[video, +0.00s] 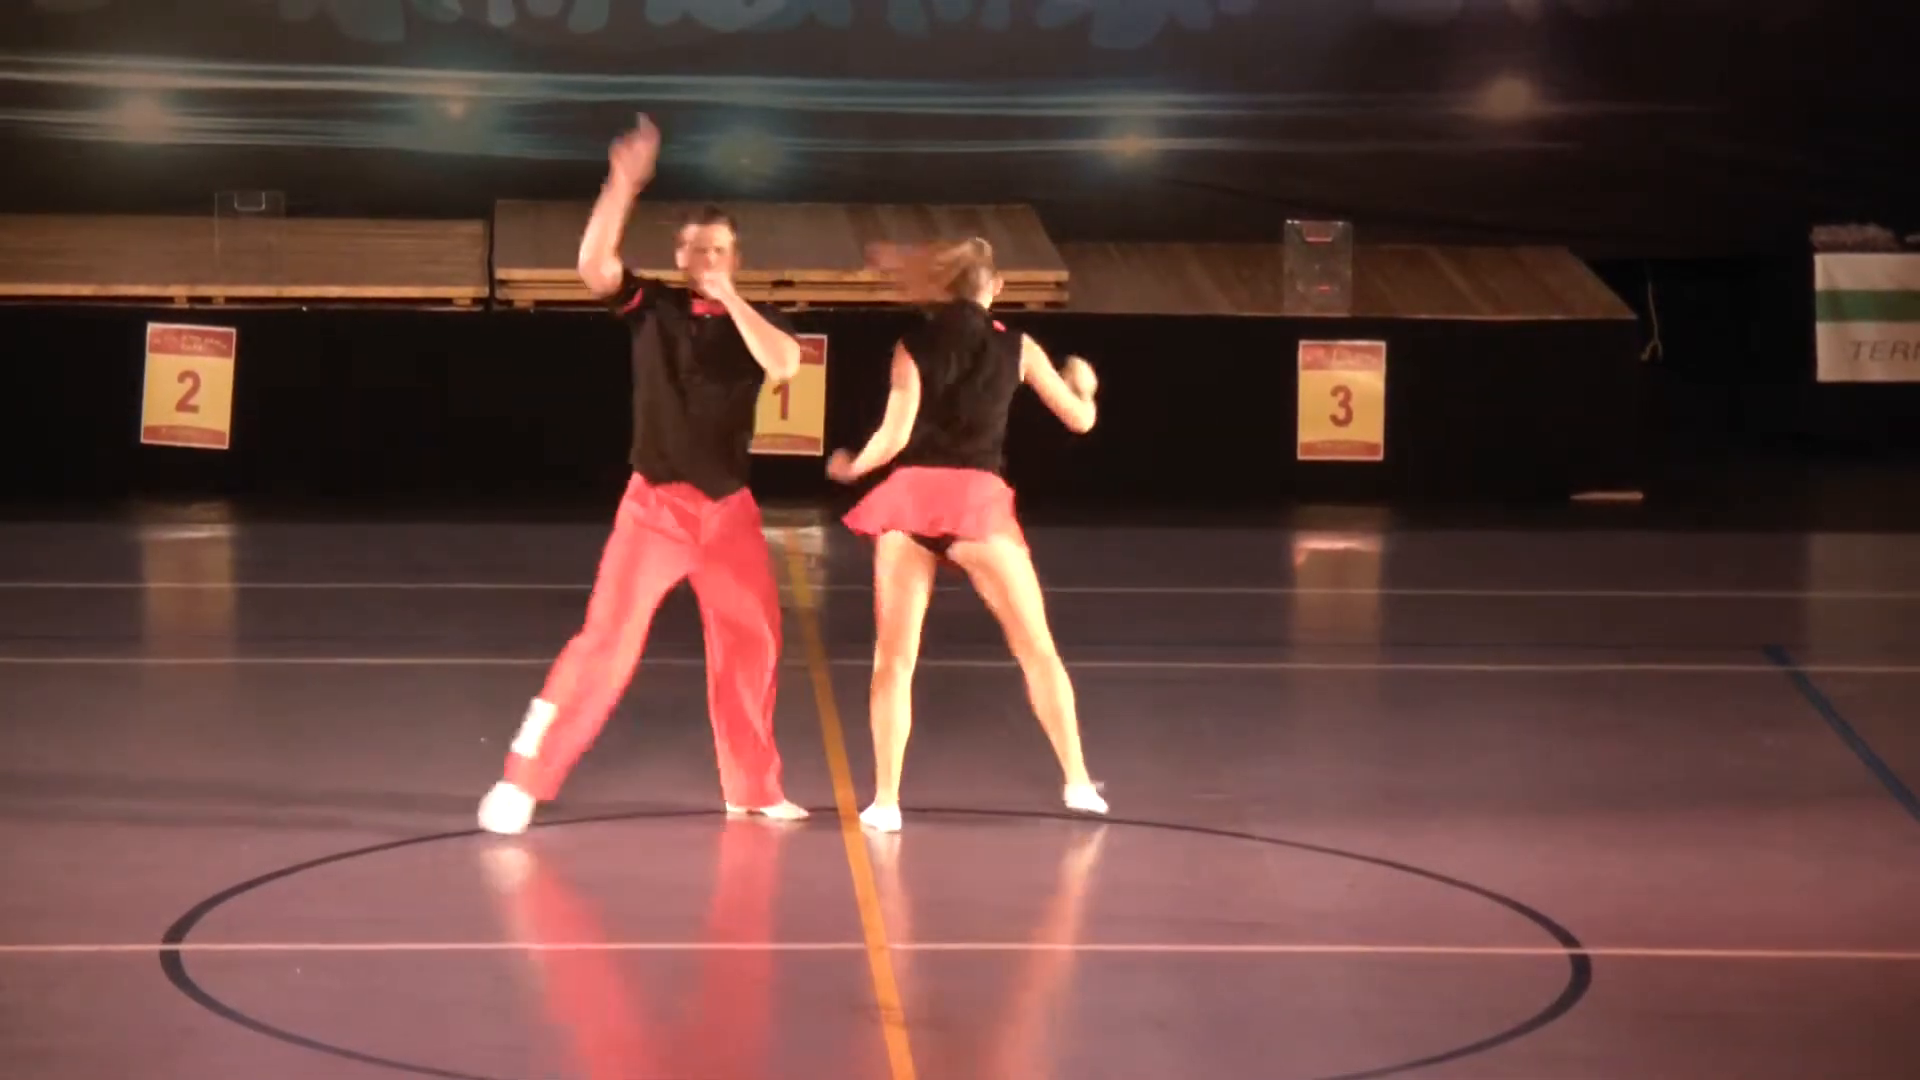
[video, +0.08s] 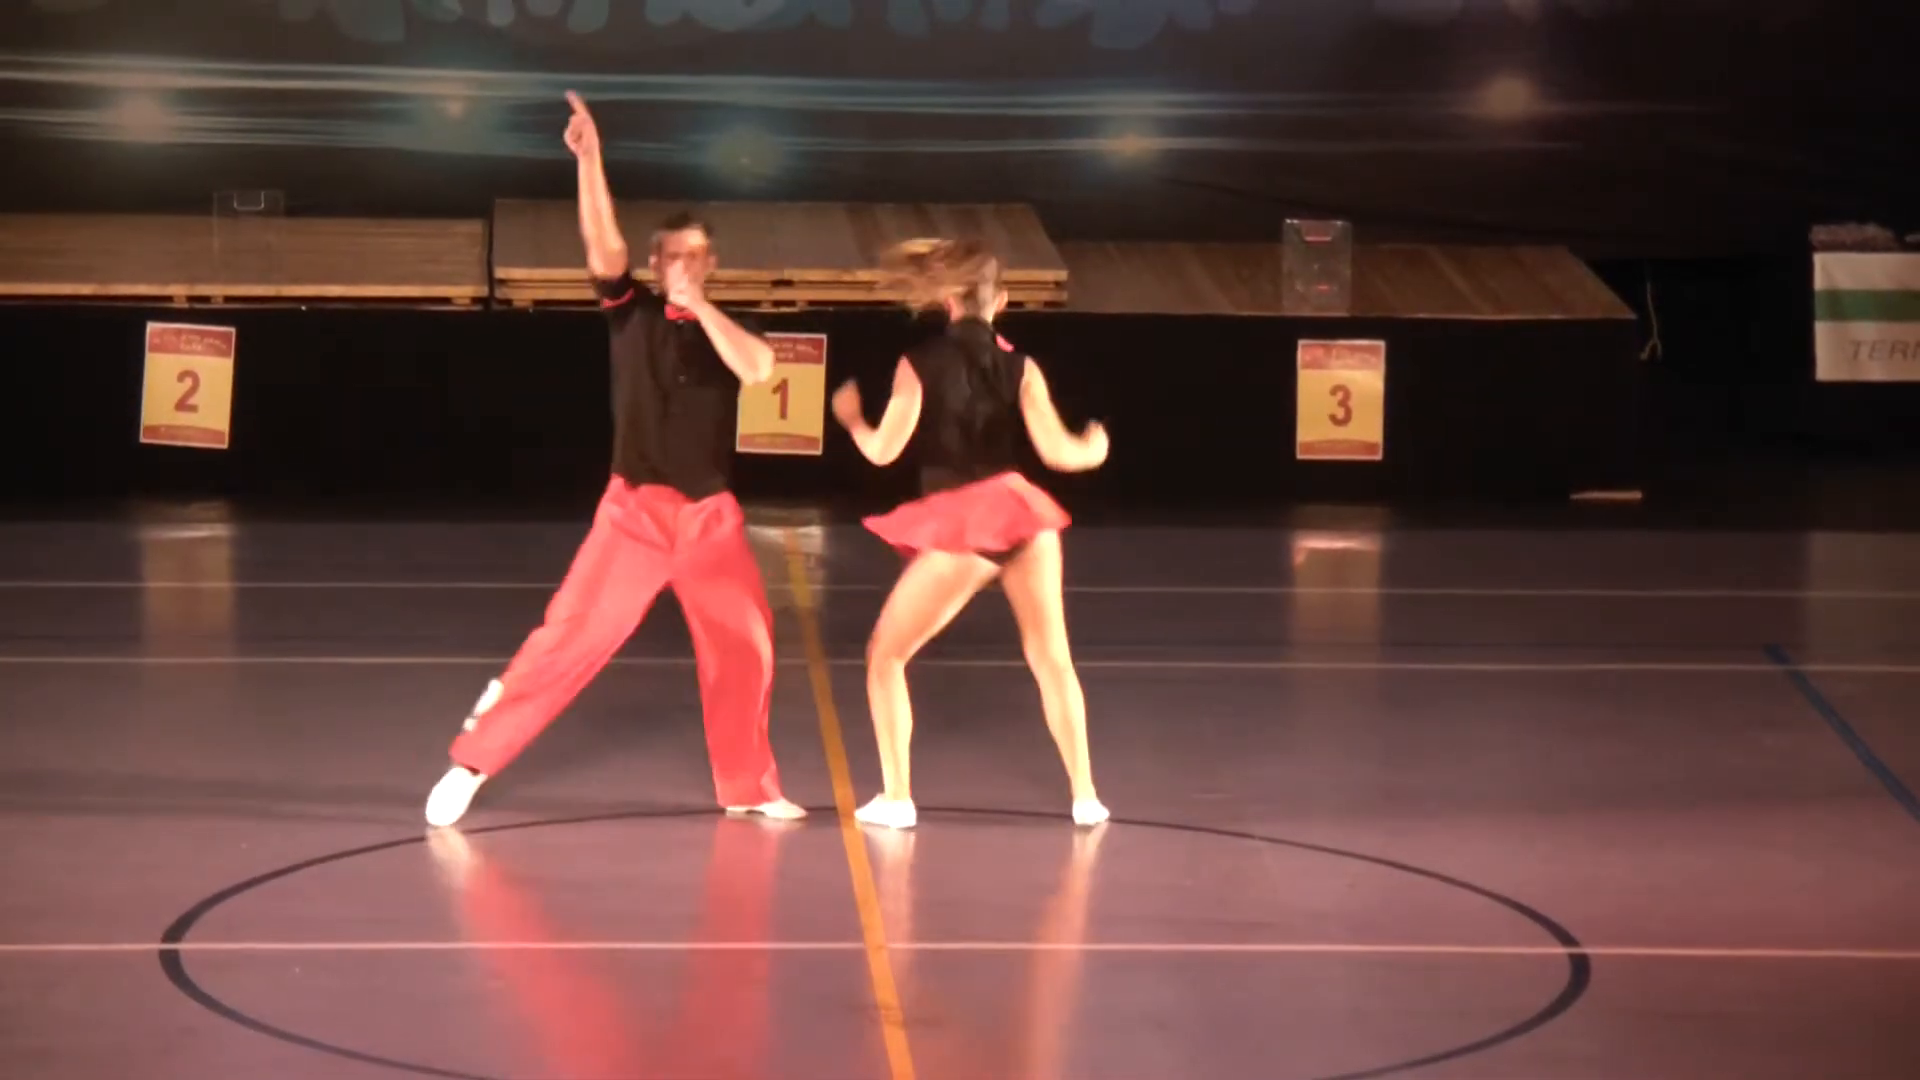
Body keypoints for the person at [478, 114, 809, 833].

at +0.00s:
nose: (707, 257)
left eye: (717, 248)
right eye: (697, 248)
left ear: (735, 260)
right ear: (679, 256)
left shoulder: (756, 324)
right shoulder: (649, 306)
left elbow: (784, 364)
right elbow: (595, 265)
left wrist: (727, 294)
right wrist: (623, 183)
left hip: (730, 514)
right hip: (654, 507)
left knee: (752, 649)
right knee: (606, 644)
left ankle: (755, 792)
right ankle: (522, 784)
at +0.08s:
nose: (685, 267)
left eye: (696, 258)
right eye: (675, 256)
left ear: (711, 266)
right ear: (654, 263)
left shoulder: (727, 330)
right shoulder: (630, 309)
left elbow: (760, 370)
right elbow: (602, 241)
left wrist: (701, 310)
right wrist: (590, 160)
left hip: (711, 521)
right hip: (632, 516)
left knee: (747, 647)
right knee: (567, 640)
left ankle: (749, 790)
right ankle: (470, 768)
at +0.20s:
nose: (646, 275)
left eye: (657, 266)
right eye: (636, 266)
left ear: (680, 275)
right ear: (621, 272)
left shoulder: (699, 343)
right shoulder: (588, 330)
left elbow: (720, 384)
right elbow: (530, 286)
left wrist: (665, 319)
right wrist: (580, 218)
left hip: (672, 533)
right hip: (588, 528)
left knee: (723, 646)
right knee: (532, 652)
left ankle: (751, 789)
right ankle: (456, 780)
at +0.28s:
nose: (622, 283)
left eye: (635, 274)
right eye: (614, 271)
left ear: (653, 284)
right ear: (595, 277)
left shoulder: (669, 353)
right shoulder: (565, 341)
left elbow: (694, 393)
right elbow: (518, 300)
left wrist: (644, 320)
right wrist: (547, 227)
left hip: (650, 543)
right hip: (566, 540)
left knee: (714, 656)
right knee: (514, 661)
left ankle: (748, 791)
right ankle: (450, 786)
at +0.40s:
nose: (595, 287)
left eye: (606, 279)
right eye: (586, 277)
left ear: (624, 289)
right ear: (568, 285)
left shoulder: (638, 354)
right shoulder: (539, 342)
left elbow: (666, 400)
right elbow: (491, 325)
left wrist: (613, 331)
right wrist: (520, 242)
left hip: (631, 545)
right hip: (546, 545)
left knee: (702, 655)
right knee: (497, 666)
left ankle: (744, 784)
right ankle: (453, 789)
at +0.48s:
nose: (576, 291)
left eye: (588, 281)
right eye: (568, 280)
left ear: (607, 290)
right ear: (551, 286)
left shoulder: (621, 354)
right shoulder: (525, 346)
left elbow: (649, 402)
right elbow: (477, 348)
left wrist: (596, 328)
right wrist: (506, 291)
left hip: (622, 544)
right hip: (540, 545)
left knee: (696, 656)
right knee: (493, 670)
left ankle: (744, 786)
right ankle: (453, 795)